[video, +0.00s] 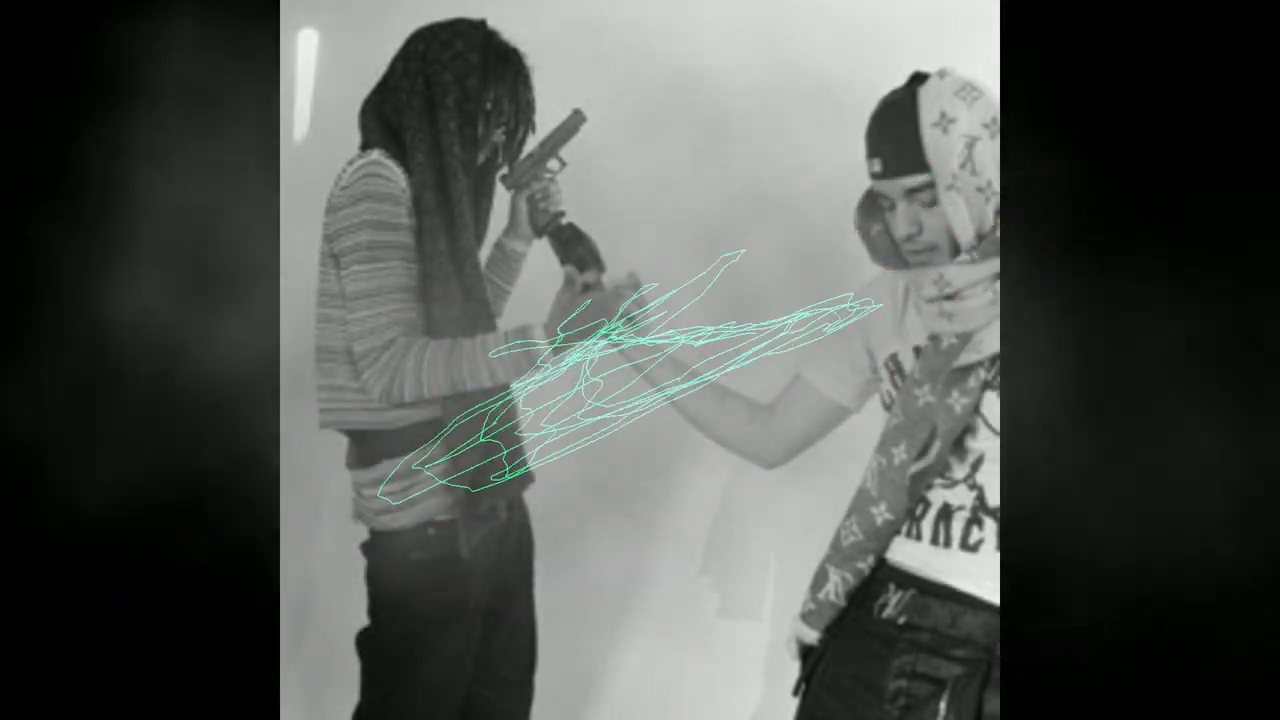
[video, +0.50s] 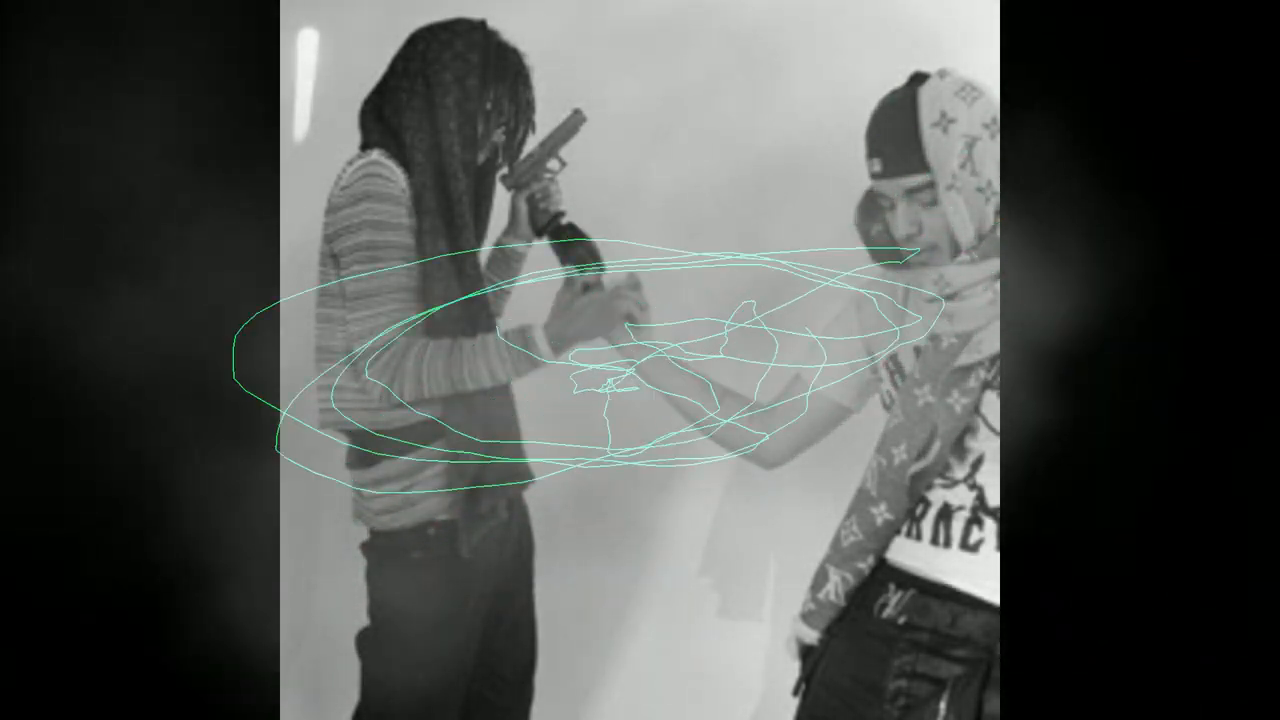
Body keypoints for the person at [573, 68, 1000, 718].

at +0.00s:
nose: (905, 227)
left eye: (924, 198)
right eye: (887, 204)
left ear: (982, 186)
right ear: (875, 206)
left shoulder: (1027, 300)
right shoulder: (900, 305)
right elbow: (768, 436)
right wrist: (631, 337)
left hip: (990, 647)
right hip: (877, 619)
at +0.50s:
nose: (902, 229)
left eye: (922, 199)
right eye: (885, 204)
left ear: (978, 188)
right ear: (874, 205)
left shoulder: (1038, 298)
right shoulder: (910, 308)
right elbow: (768, 436)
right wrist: (638, 345)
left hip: (995, 646)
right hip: (890, 619)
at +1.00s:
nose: (906, 228)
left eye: (927, 199)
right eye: (887, 206)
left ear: (981, 184)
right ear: (875, 207)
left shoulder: (1037, 293)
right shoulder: (891, 302)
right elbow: (768, 436)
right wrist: (641, 345)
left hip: (997, 638)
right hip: (883, 616)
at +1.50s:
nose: (904, 228)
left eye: (925, 199)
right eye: (886, 205)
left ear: (979, 184)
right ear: (873, 204)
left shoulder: (1037, 289)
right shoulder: (890, 305)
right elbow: (767, 436)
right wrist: (636, 340)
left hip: (1012, 641)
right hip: (888, 619)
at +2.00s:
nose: (904, 228)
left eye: (925, 200)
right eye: (886, 205)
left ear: (979, 183)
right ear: (874, 206)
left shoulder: (1037, 289)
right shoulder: (890, 302)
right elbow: (769, 436)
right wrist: (638, 343)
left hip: (996, 638)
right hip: (877, 611)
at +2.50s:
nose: (905, 228)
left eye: (926, 198)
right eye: (887, 204)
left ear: (982, 182)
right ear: (874, 203)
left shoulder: (1040, 292)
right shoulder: (892, 303)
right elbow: (769, 436)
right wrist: (638, 344)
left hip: (994, 642)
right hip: (879, 616)